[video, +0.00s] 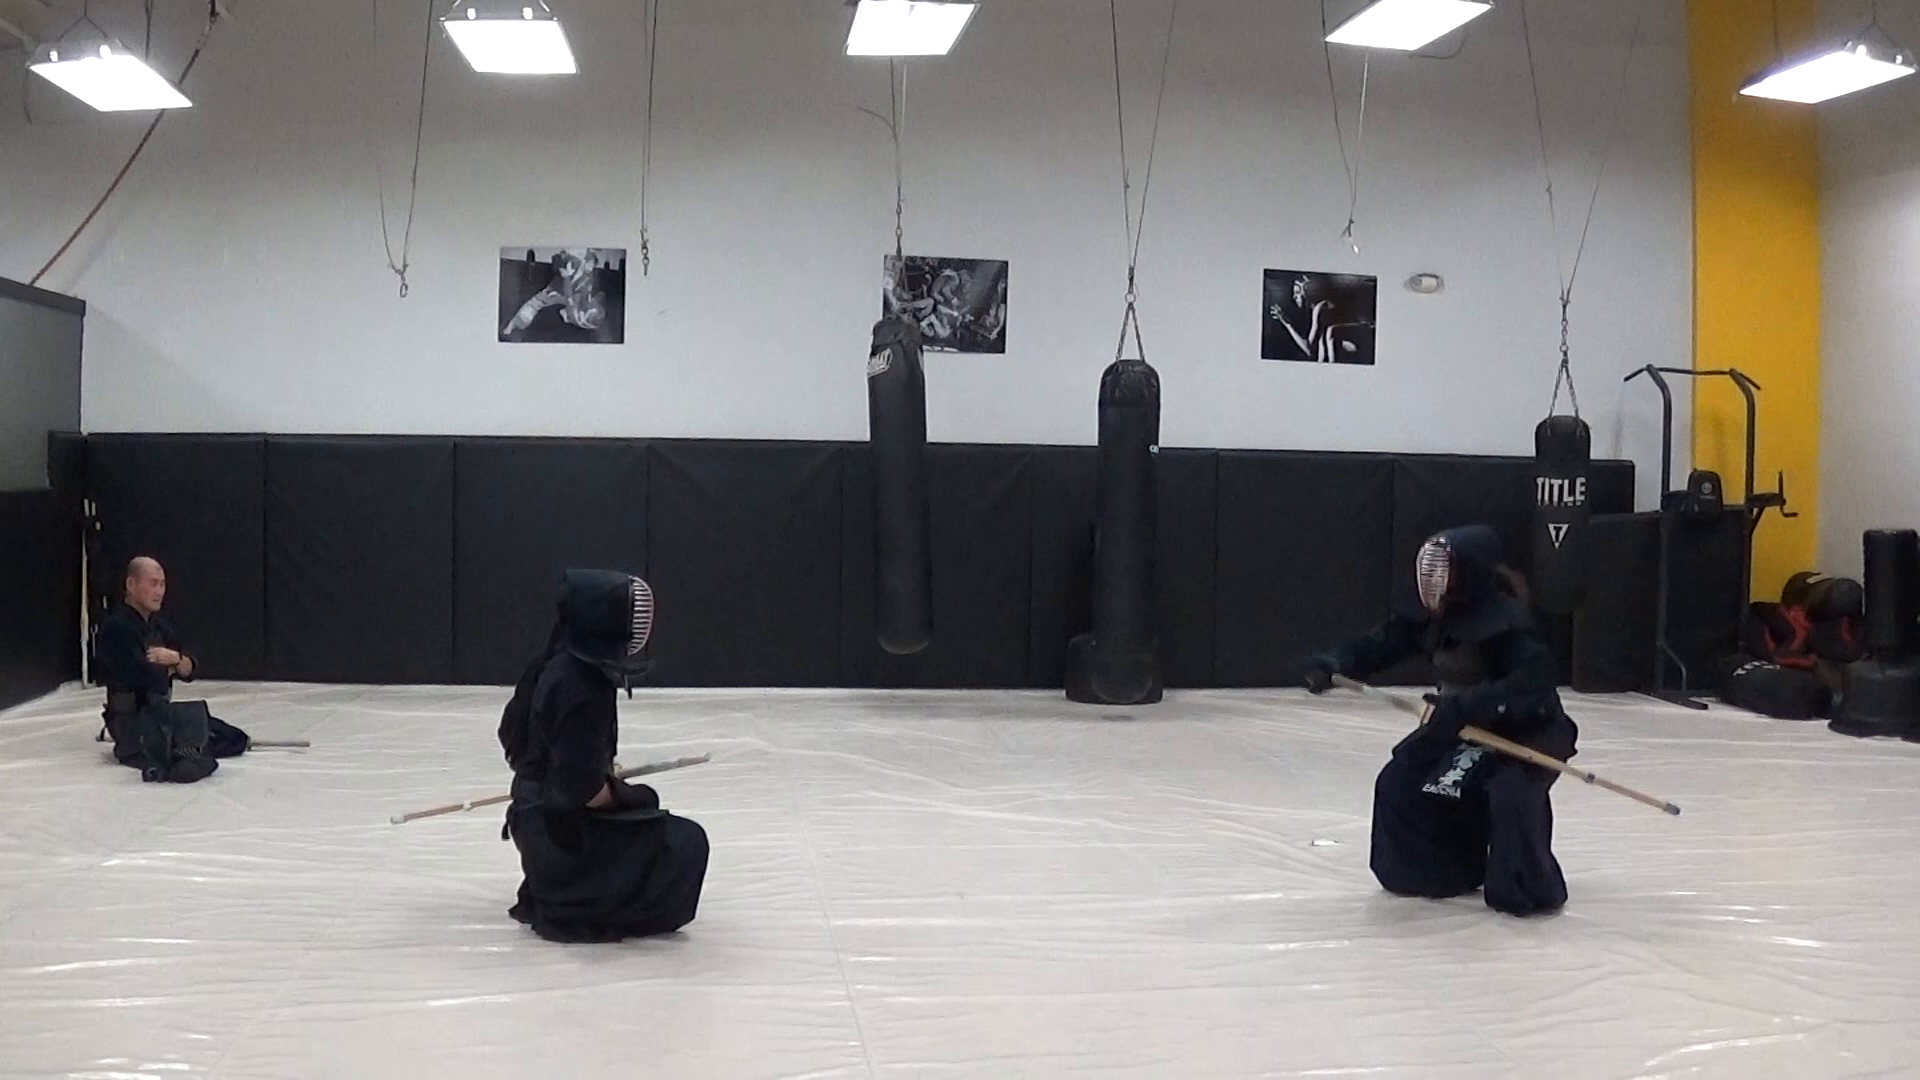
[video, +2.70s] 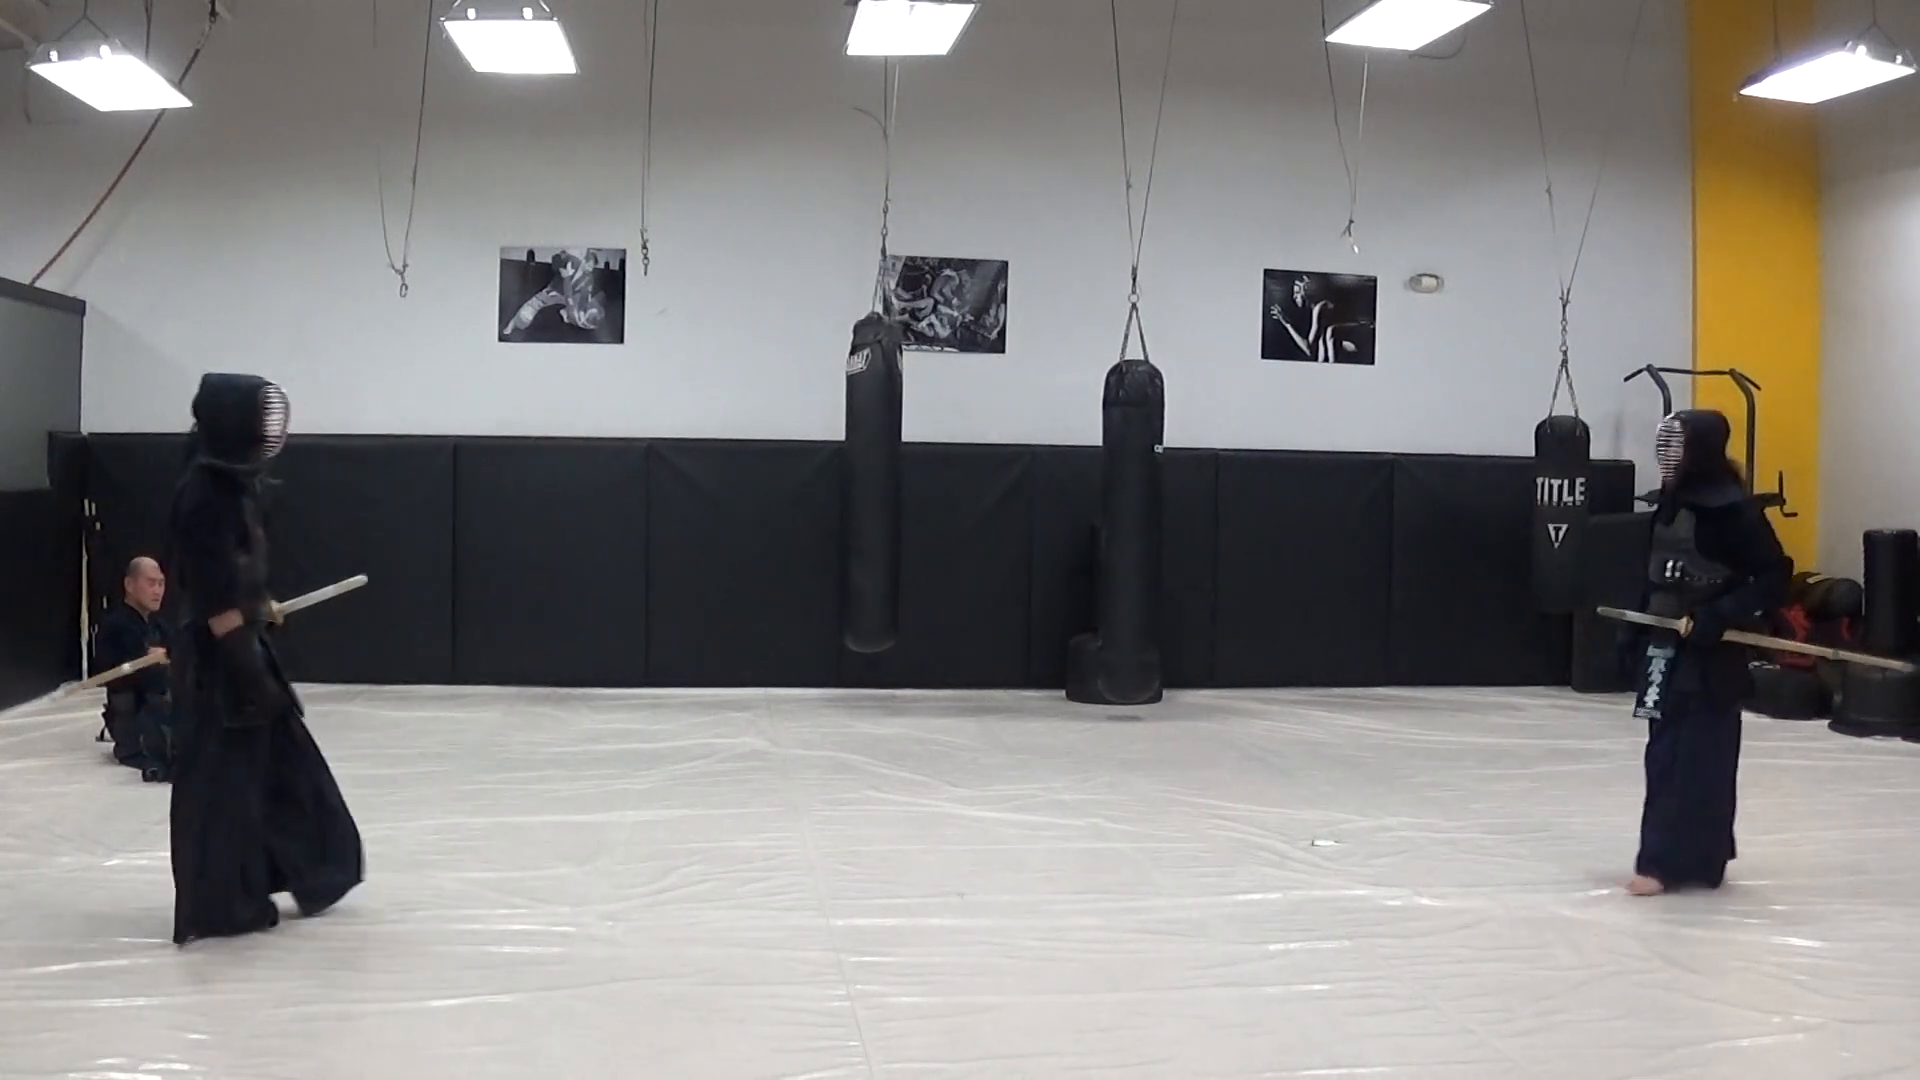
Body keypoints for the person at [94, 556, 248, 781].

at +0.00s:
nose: (160, 591)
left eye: (162, 585)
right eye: (153, 583)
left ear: (165, 587)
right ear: (130, 585)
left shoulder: (159, 623)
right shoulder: (116, 627)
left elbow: (191, 670)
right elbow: (140, 678)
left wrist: (176, 658)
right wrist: (173, 667)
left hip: (161, 719)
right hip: (129, 726)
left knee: (237, 740)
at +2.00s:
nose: (158, 591)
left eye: (161, 584)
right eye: (151, 583)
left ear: (164, 586)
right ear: (129, 585)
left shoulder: (156, 624)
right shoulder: (117, 625)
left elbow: (190, 671)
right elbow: (150, 683)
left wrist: (176, 658)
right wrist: (173, 667)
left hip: (161, 720)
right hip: (130, 728)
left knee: (236, 740)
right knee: (199, 759)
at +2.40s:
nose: (158, 590)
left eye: (161, 583)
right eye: (151, 582)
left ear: (164, 586)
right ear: (129, 585)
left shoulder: (156, 622)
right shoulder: (117, 625)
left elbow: (191, 670)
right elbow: (149, 683)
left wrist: (176, 658)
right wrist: (172, 668)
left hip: (163, 716)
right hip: (131, 725)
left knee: (237, 740)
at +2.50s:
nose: (159, 590)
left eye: (161, 584)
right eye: (152, 582)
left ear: (165, 586)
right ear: (129, 585)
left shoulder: (158, 622)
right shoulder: (117, 624)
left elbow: (190, 667)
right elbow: (142, 676)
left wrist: (175, 658)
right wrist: (175, 669)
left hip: (162, 711)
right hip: (130, 718)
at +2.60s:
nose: (158, 591)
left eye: (161, 584)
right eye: (151, 583)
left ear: (165, 586)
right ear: (129, 585)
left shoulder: (157, 624)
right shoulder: (117, 624)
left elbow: (193, 670)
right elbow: (146, 676)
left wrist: (173, 659)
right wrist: (179, 665)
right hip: (130, 727)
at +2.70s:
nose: (158, 590)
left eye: (161, 584)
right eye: (151, 583)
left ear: (165, 586)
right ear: (129, 585)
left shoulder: (161, 624)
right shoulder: (114, 623)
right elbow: (109, 675)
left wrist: (166, 657)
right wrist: (148, 661)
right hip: (128, 719)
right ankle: (129, 749)